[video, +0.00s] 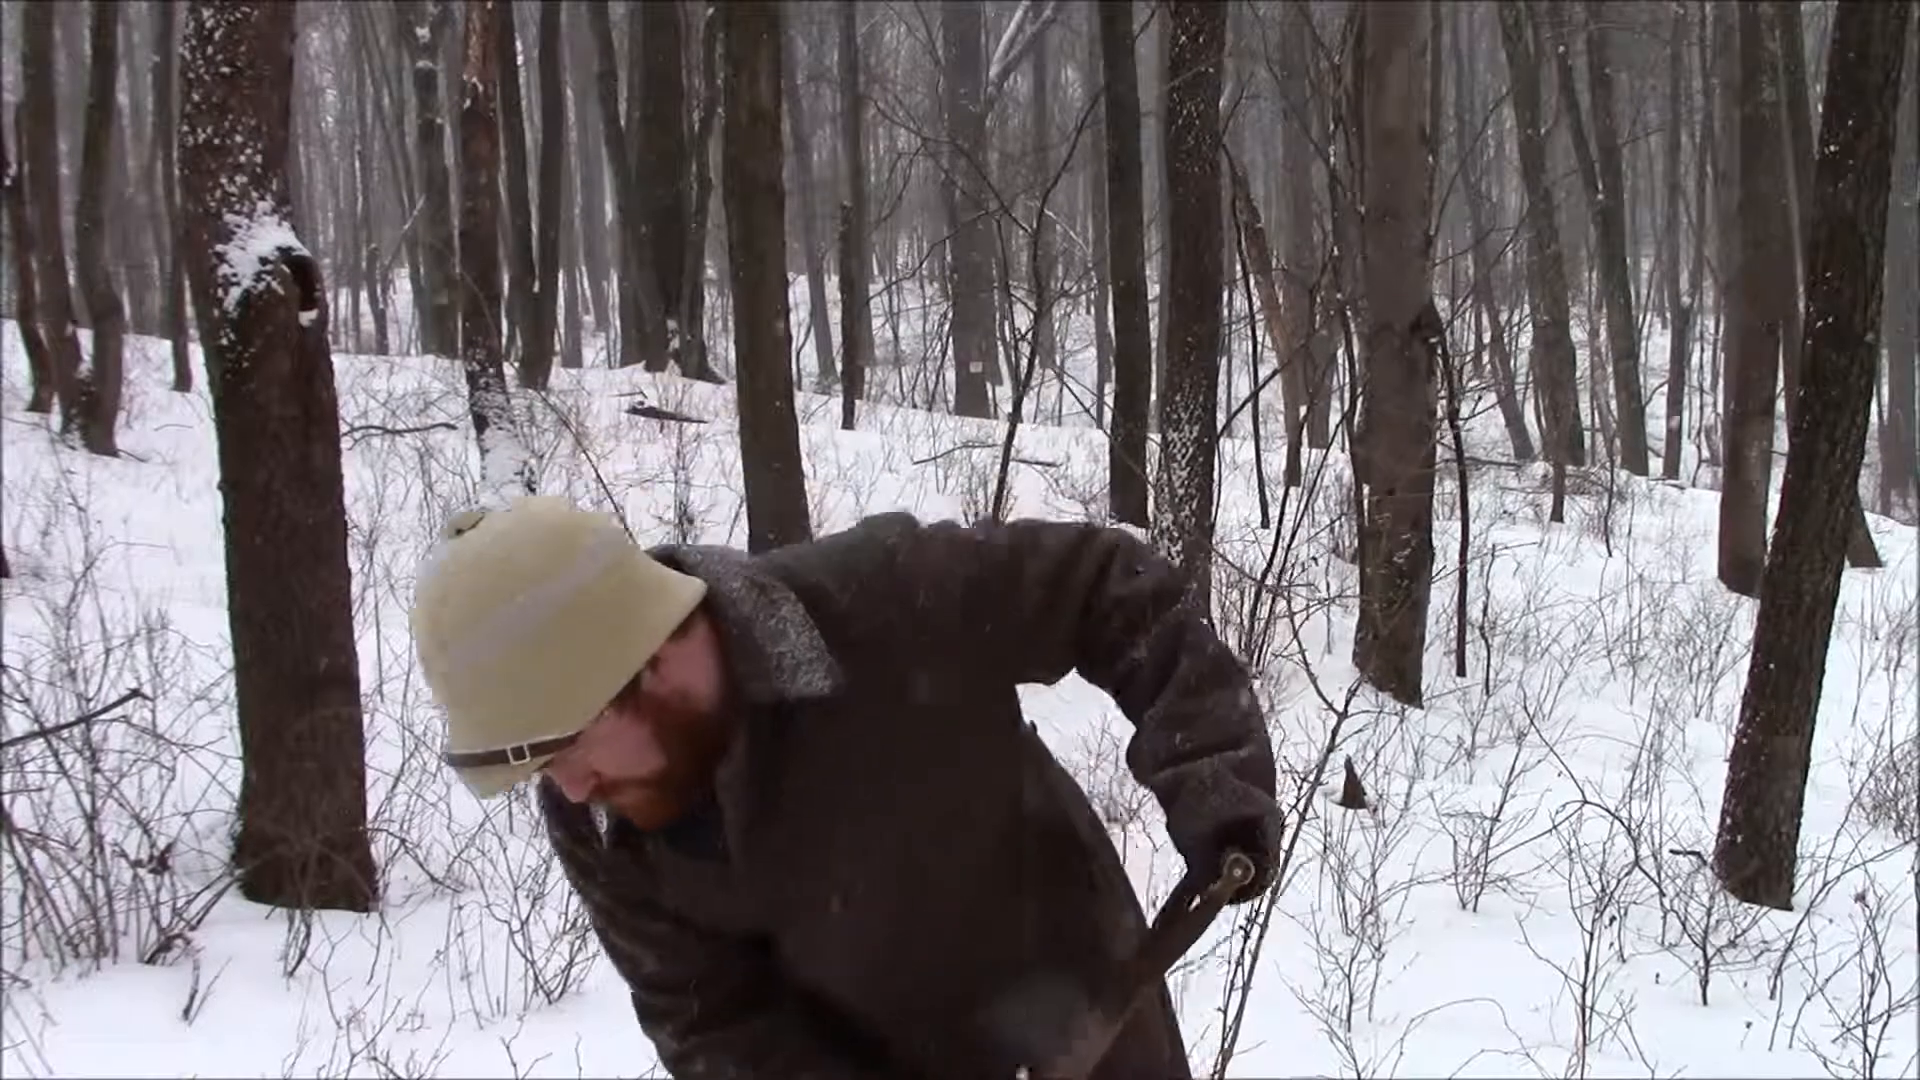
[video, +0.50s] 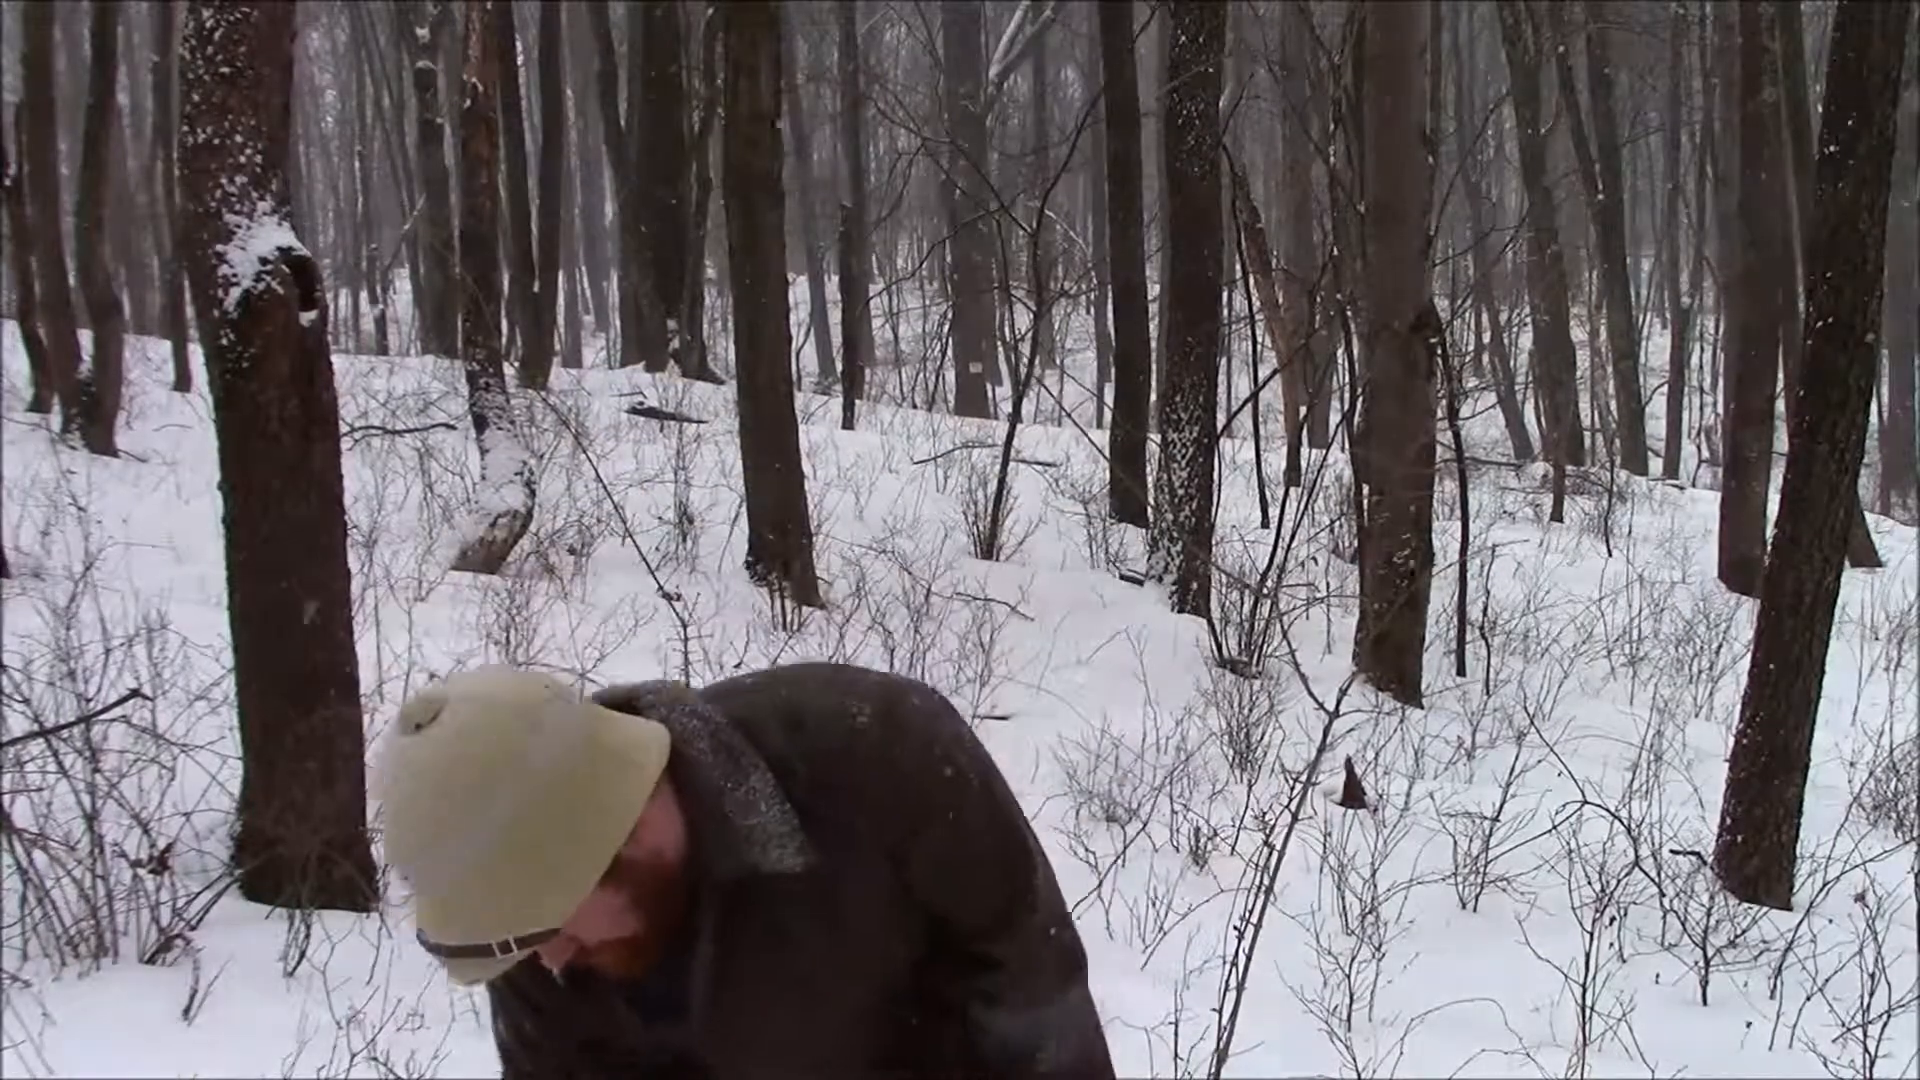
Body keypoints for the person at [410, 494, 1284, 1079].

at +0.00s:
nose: (562, 791)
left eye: (562, 752)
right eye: (534, 768)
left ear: (646, 669)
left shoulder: (887, 600)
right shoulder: (599, 817)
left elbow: (1117, 583)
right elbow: (715, 1034)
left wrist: (1213, 775)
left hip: (1075, 999)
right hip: (888, 1055)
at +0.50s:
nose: (555, 964)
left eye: (548, 925)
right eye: (522, 947)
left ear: (603, 836)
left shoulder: (886, 751)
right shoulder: (533, 978)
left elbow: (1030, 969)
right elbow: (549, 1070)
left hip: (942, 1041)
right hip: (755, 1048)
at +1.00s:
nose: (605, 447)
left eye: (632, 395)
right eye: (574, 412)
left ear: (723, 371)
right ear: (553, 420)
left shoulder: (912, 532)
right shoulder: (547, 603)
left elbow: (1061, 743)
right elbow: (542, 884)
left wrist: (1029, 969)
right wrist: (526, 1059)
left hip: (927, 1038)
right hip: (678, 1057)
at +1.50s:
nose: (666, 286)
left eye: (696, 248)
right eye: (636, 257)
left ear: (773, 261)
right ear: (602, 283)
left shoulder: (902, 465)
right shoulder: (541, 481)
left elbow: (959, 691)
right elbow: (448, 689)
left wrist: (746, 801)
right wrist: (288, 826)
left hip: (862, 1003)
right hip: (619, 1014)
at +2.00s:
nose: (802, 292)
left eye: (828, 254)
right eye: (767, 263)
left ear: (894, 267)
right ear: (727, 295)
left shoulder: (1038, 455)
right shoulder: (670, 507)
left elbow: (1164, 633)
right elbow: (634, 760)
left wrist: (1132, 774)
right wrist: (636, 963)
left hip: (1016, 998)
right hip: (762, 1015)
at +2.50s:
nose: (726, 502)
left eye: (739, 450)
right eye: (681, 471)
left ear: (800, 400)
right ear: (637, 480)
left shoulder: (981, 497)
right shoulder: (635, 682)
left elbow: (1137, 607)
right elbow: (695, 963)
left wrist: (1144, 781)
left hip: (1084, 990)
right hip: (857, 1050)